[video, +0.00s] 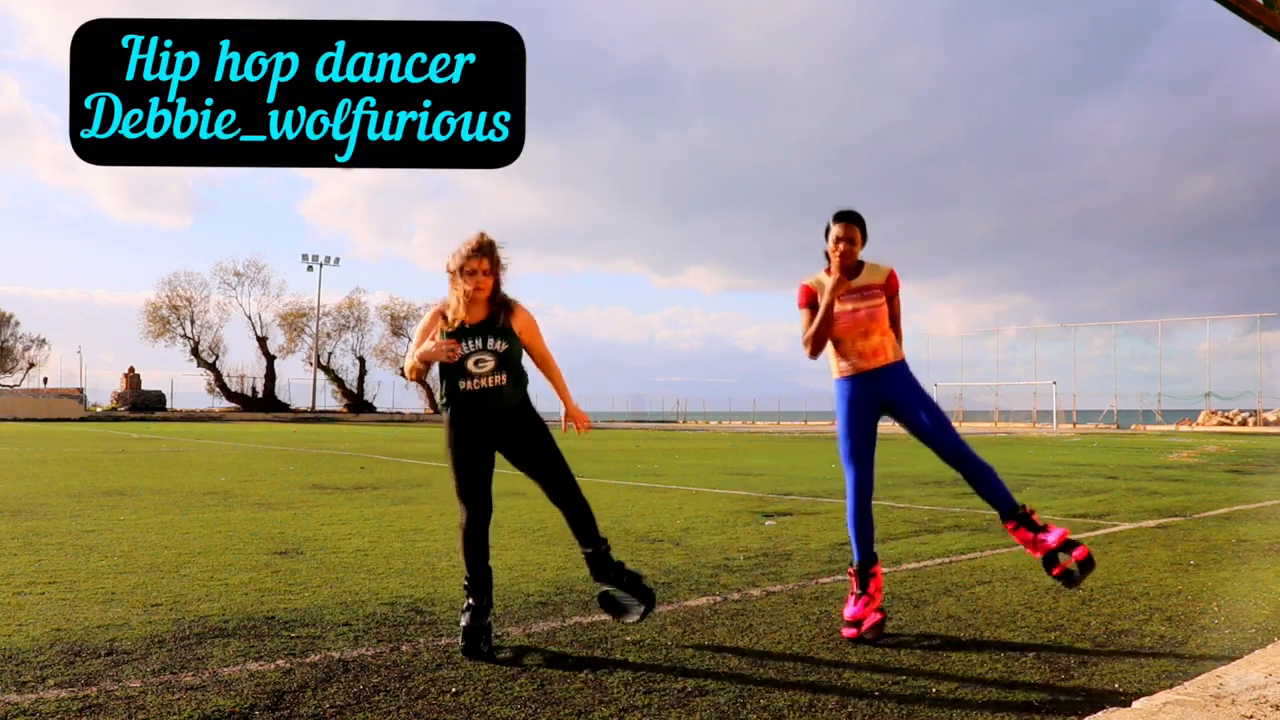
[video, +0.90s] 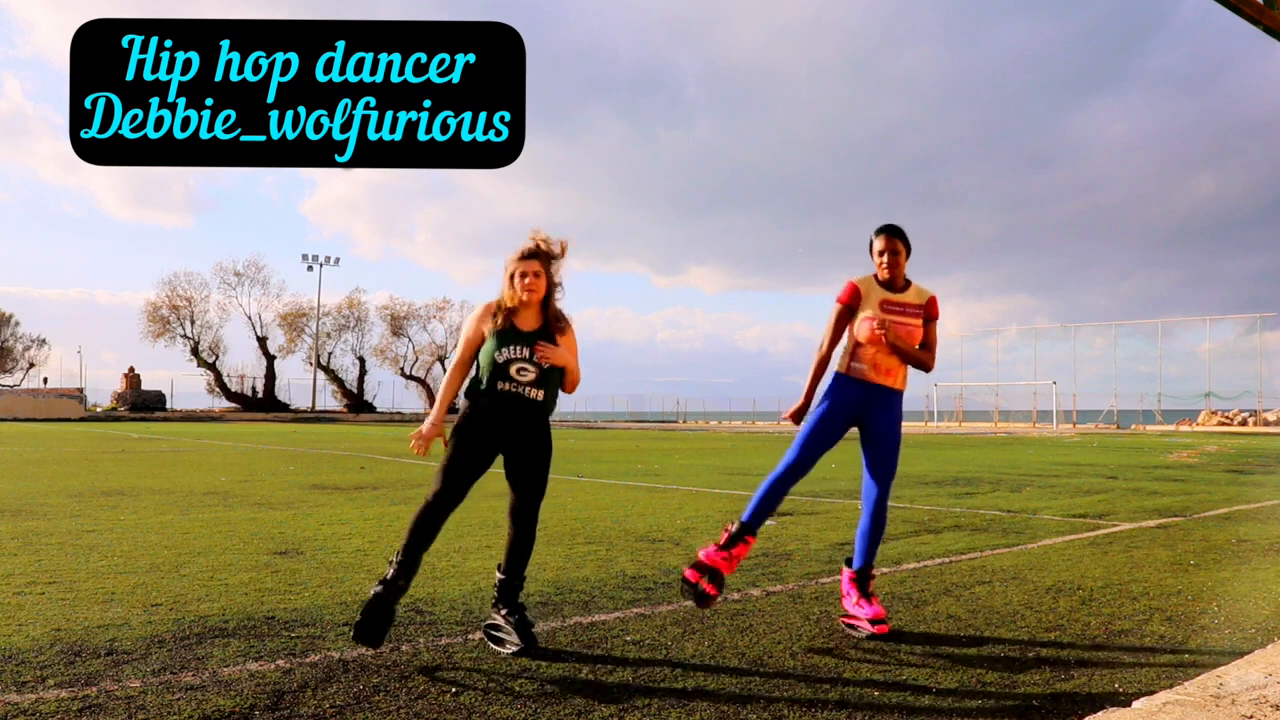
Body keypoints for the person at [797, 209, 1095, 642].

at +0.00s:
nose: (843, 247)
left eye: (851, 241)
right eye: (837, 240)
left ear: (861, 245)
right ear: (826, 244)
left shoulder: (883, 277)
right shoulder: (813, 287)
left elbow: (895, 329)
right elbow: (812, 348)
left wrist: (898, 370)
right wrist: (830, 294)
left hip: (894, 376)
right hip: (852, 388)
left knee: (959, 454)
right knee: (858, 487)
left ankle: (1025, 526)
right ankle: (865, 584)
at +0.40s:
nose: (839, 256)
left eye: (846, 250)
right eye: (833, 249)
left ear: (856, 255)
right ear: (822, 254)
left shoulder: (877, 290)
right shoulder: (808, 298)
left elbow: (906, 341)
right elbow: (788, 349)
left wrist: (930, 390)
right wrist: (813, 301)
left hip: (889, 391)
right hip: (844, 400)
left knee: (935, 478)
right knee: (850, 493)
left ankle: (983, 554)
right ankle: (864, 585)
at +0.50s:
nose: (846, 242)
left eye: (853, 236)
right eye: (840, 236)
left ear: (863, 242)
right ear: (828, 241)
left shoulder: (884, 277)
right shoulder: (811, 280)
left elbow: (910, 320)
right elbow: (771, 322)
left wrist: (917, 346)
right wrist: (816, 295)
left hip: (888, 377)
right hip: (844, 384)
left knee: (922, 472)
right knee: (854, 485)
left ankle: (953, 555)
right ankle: (862, 582)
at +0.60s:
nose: (858, 220)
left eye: (865, 213)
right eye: (852, 213)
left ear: (877, 215)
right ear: (842, 217)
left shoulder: (898, 251)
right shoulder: (827, 251)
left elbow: (919, 308)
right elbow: (786, 297)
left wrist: (892, 299)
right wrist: (810, 323)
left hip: (889, 355)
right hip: (845, 356)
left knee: (899, 458)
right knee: (842, 457)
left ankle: (900, 548)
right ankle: (837, 558)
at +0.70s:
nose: (866, 221)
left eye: (872, 213)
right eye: (859, 214)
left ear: (885, 214)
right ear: (849, 218)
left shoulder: (907, 253)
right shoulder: (836, 252)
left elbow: (921, 310)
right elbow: (802, 303)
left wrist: (887, 297)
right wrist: (804, 353)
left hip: (889, 359)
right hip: (846, 355)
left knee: (888, 460)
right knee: (829, 451)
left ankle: (878, 552)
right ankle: (808, 546)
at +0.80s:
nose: (879, 246)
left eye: (885, 239)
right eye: (872, 240)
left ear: (899, 241)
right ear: (863, 244)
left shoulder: (919, 283)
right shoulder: (851, 279)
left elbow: (924, 344)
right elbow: (822, 337)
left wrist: (884, 320)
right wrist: (801, 391)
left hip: (888, 390)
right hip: (846, 380)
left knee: (876, 489)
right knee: (804, 464)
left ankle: (860, 578)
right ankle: (757, 547)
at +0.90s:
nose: (886, 259)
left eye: (893, 252)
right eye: (880, 253)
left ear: (907, 255)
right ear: (872, 258)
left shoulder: (925, 301)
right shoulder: (859, 290)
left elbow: (927, 362)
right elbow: (827, 347)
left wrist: (890, 341)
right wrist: (806, 399)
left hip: (886, 402)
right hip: (843, 391)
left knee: (877, 495)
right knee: (792, 466)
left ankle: (857, 586)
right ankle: (733, 544)